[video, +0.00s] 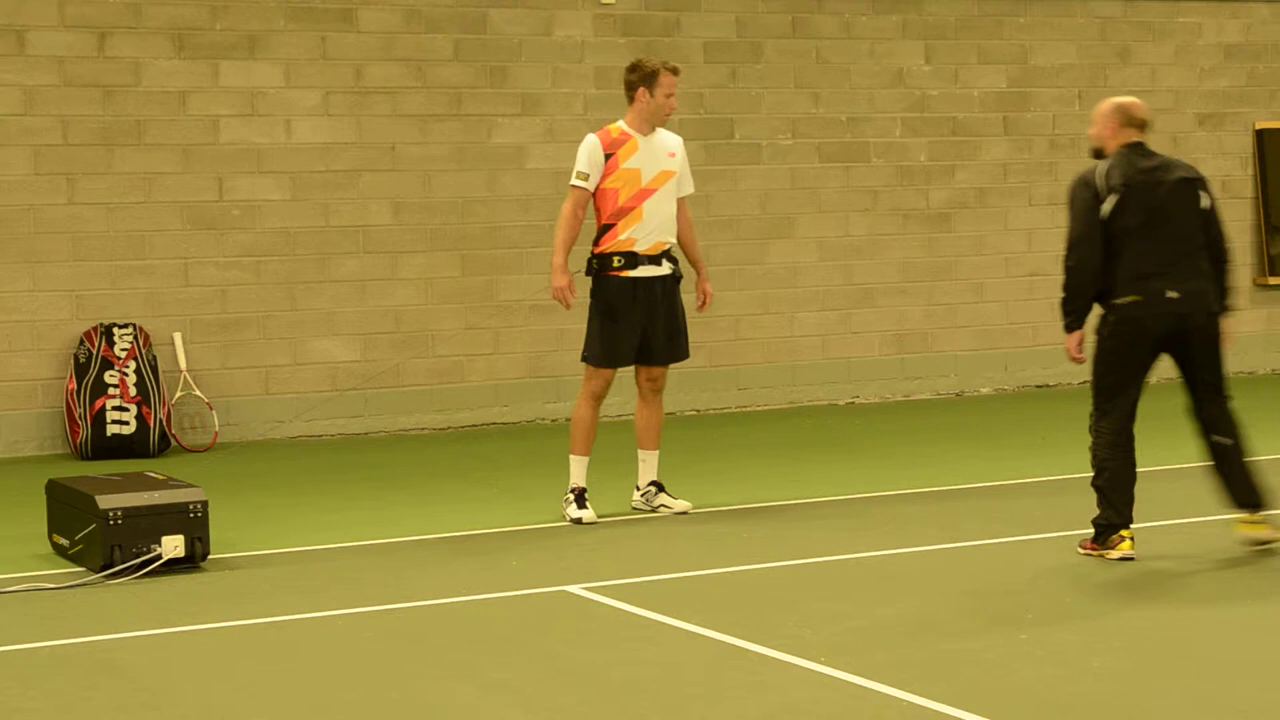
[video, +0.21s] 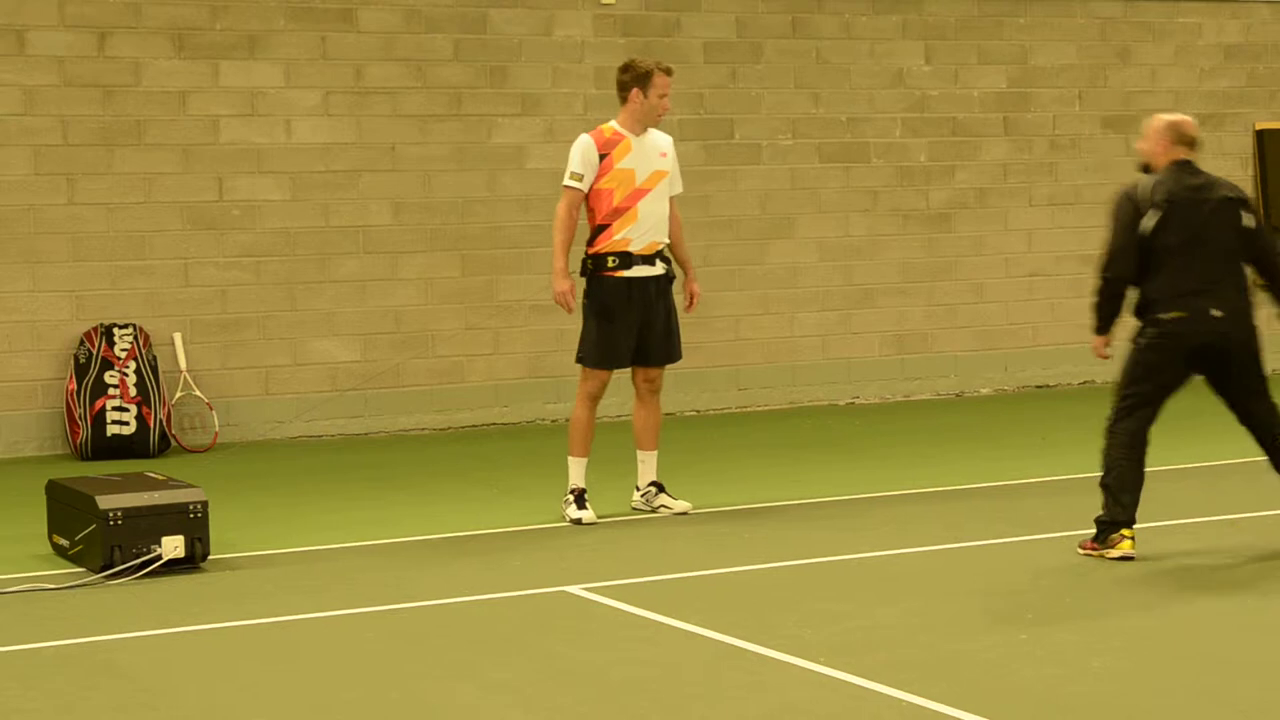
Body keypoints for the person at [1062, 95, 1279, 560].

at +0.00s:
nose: (1090, 134)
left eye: (1095, 125)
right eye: (1092, 124)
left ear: (1116, 128)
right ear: (1137, 129)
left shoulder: (1094, 181)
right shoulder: (1187, 175)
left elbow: (1084, 255)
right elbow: (1216, 247)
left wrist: (1074, 320)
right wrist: (1217, 306)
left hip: (1130, 317)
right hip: (1195, 313)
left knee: (1111, 419)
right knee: (1214, 409)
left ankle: (1114, 531)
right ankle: (1253, 510)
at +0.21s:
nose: (1138, 146)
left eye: (1145, 138)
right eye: (1141, 137)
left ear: (1165, 144)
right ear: (1186, 146)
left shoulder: (1140, 196)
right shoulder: (1229, 195)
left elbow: (1119, 265)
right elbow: (1267, 256)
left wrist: (1103, 324)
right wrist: (1277, 289)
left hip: (1168, 331)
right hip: (1232, 331)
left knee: (1129, 422)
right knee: (1266, 421)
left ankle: (1116, 529)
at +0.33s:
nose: (1189, 153)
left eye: (1197, 144)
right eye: (1193, 144)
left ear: (1219, 150)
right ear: (1235, 151)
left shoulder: (1193, 199)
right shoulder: (1270, 194)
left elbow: (1172, 270)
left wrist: (1147, 325)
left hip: (1216, 330)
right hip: (1270, 329)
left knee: (1167, 419)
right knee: (1275, 420)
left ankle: (1123, 521)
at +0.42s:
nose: (1224, 148)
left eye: (1232, 140)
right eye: (1228, 140)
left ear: (1254, 146)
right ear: (1266, 146)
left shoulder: (1230, 193)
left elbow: (1211, 264)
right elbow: (1212, 265)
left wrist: (1180, 321)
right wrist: (1184, 319)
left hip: (1252, 322)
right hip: (1274, 322)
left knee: (1198, 413)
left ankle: (1143, 507)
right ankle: (1145, 505)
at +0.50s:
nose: (1249, 132)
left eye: (1255, 124)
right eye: (1252, 124)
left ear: (1273, 131)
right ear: (1276, 131)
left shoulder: (1257, 184)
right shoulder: (1264, 181)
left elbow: (1242, 253)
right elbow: (1244, 253)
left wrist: (1211, 305)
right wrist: (1216, 303)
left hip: (1270, 316)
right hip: (1271, 315)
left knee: (1229, 404)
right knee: (1230, 404)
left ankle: (1206, 507)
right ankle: (1206, 505)